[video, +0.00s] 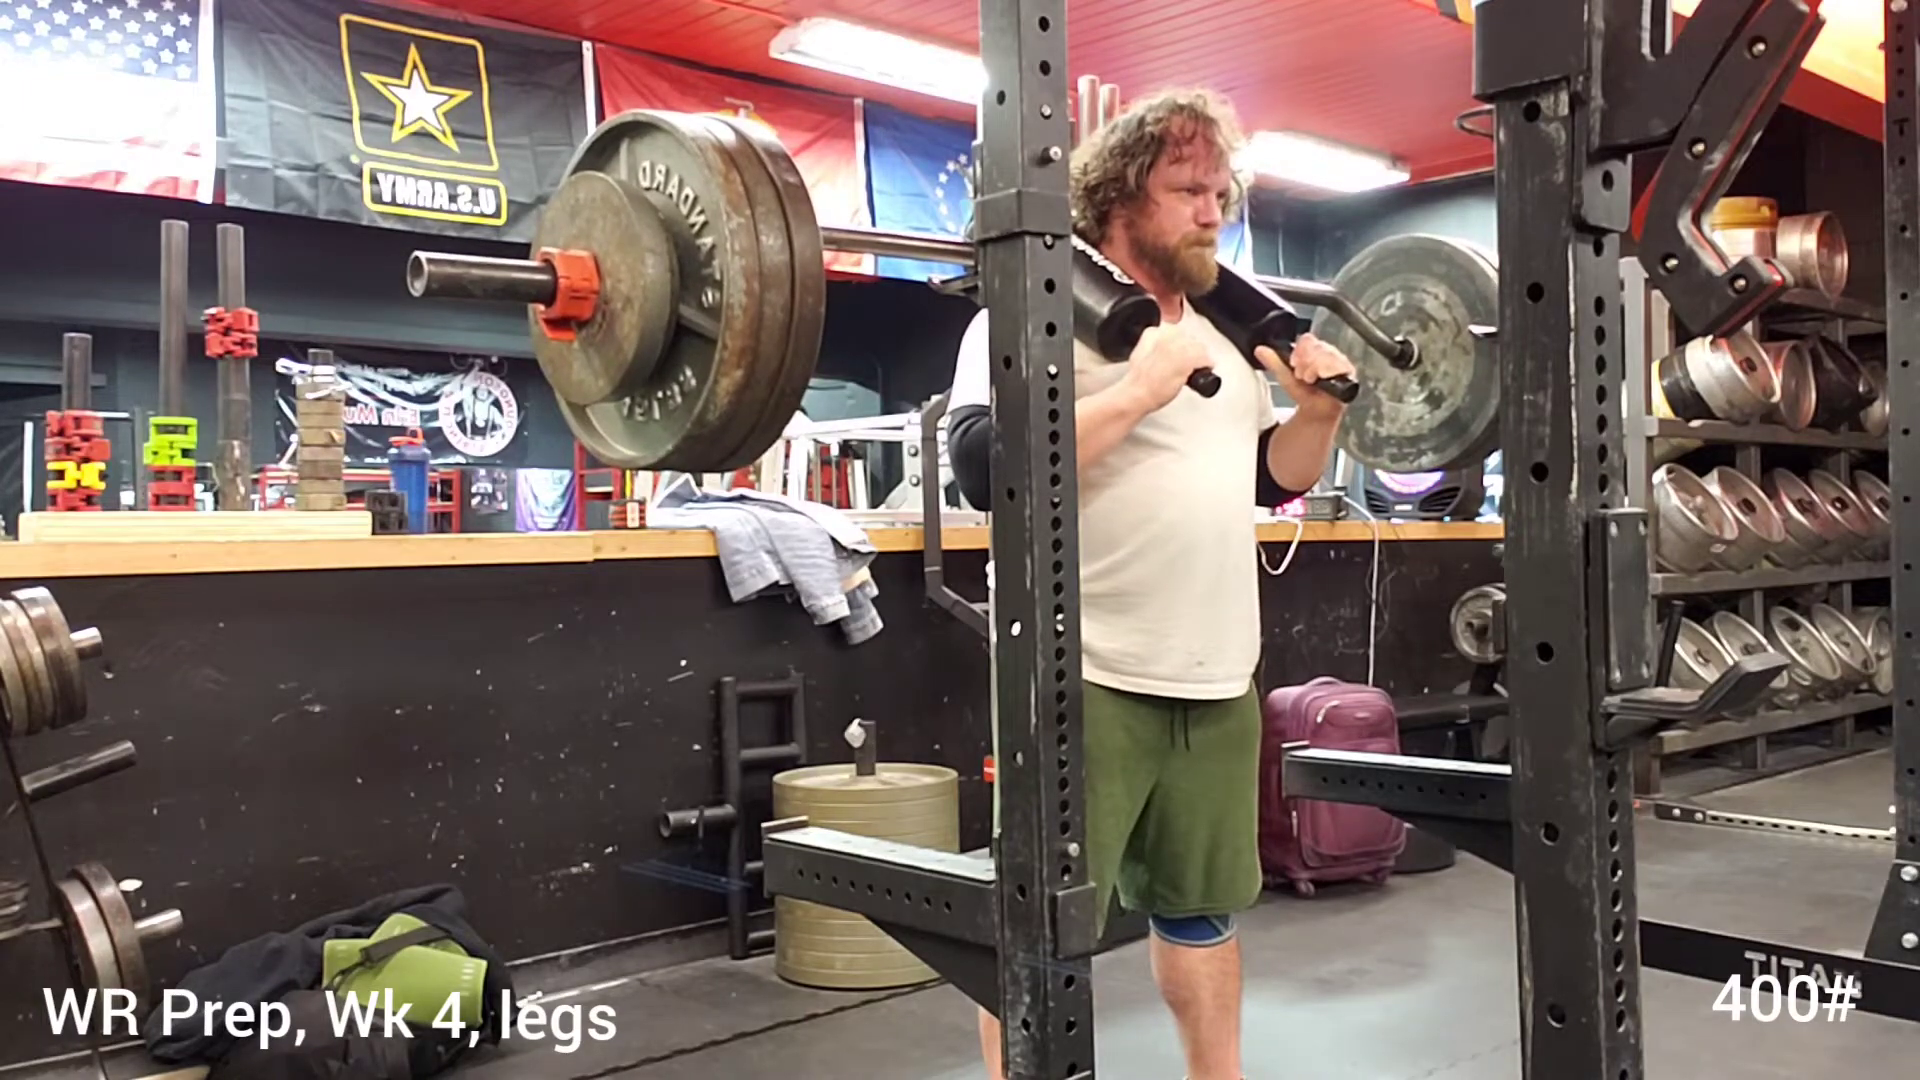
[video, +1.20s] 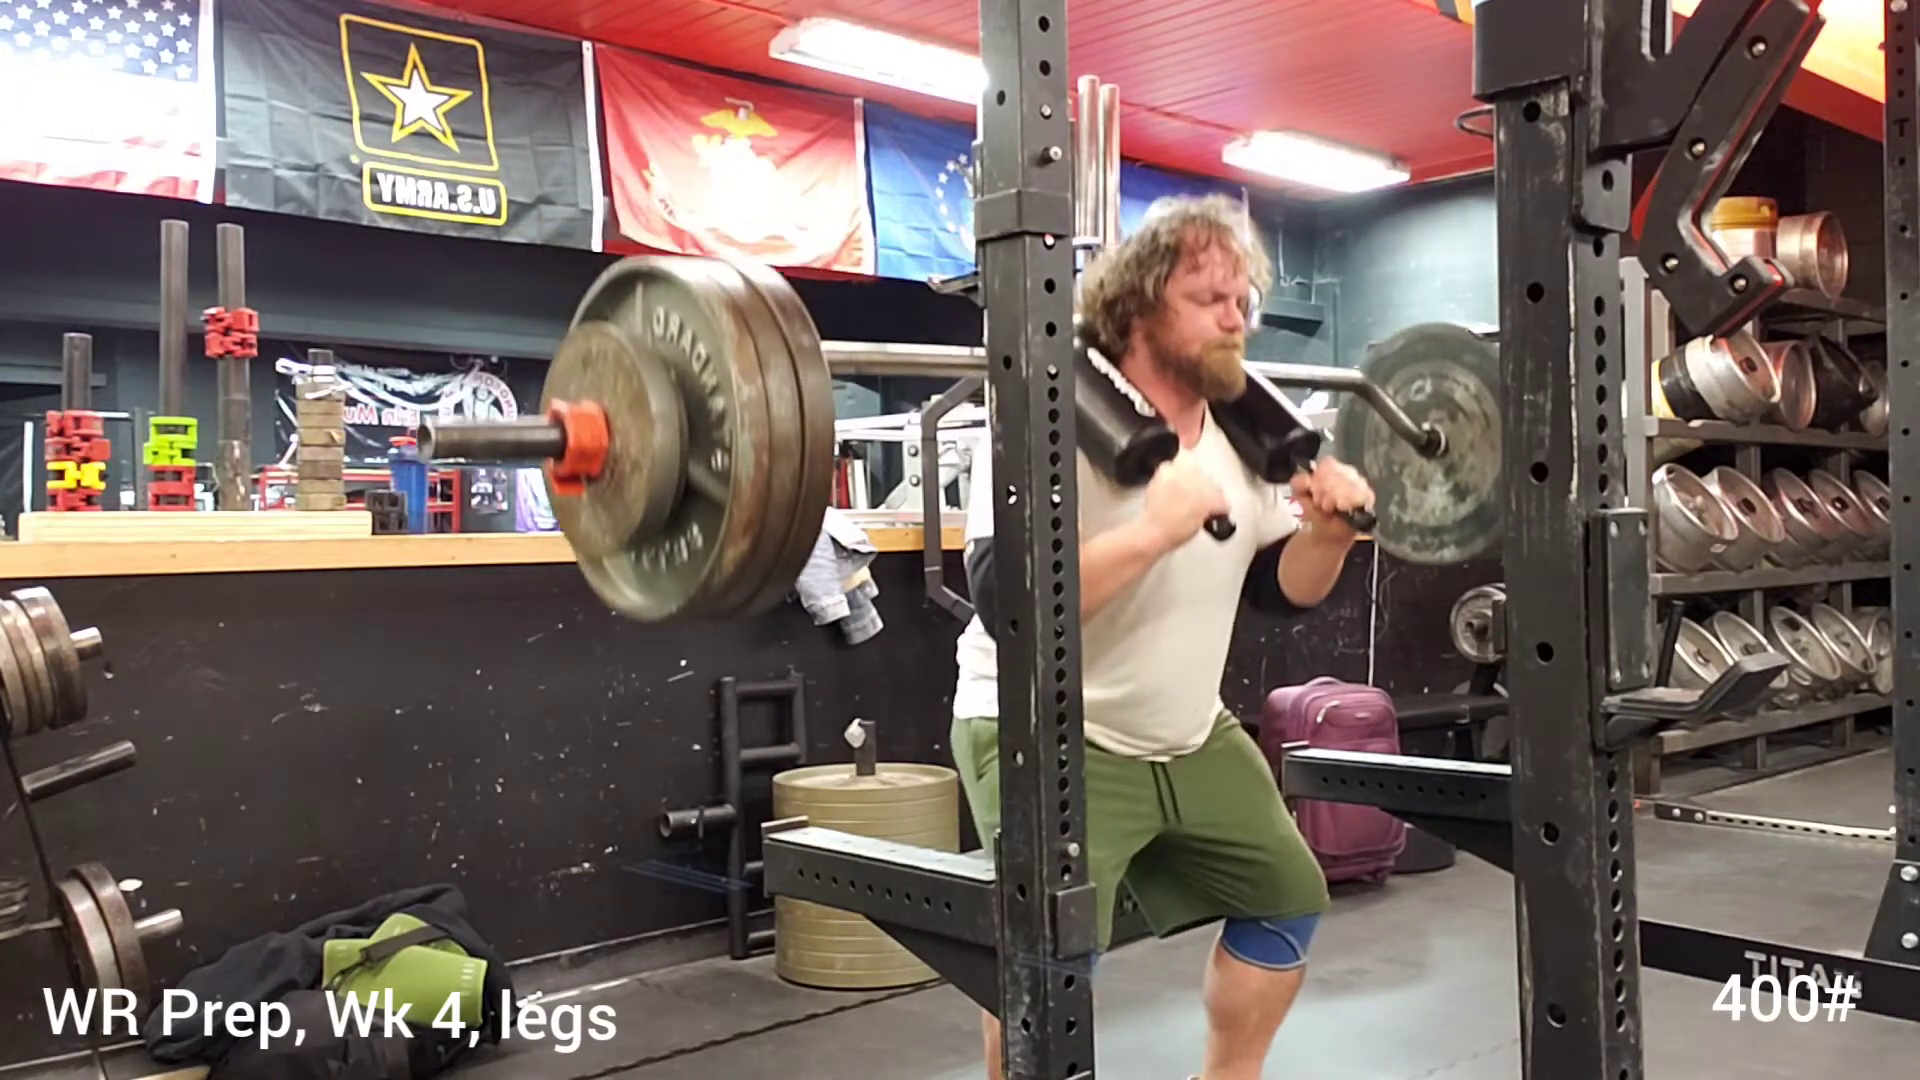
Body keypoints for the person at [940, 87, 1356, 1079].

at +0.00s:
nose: (1215, 211)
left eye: (1221, 192)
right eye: (1192, 189)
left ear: (1225, 202)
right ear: (1122, 193)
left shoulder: (1225, 334)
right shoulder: (1030, 315)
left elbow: (1284, 475)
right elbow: (985, 469)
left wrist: (1320, 403)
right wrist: (1132, 394)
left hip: (1218, 681)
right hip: (1084, 677)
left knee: (1201, 920)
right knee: (1044, 930)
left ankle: (1218, 1076)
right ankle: (1013, 1072)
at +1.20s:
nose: (1236, 321)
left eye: (1242, 299)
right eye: (1211, 299)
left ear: (1250, 303)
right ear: (1142, 310)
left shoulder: (1244, 416)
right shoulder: (1058, 409)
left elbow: (1290, 588)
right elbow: (1012, 597)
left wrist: (1332, 527)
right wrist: (1148, 535)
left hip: (1189, 731)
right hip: (1056, 732)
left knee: (1285, 899)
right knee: (1051, 949)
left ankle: (1230, 1074)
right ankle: (1018, 1073)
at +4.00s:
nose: (1243, 204)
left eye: (1248, 184)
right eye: (1217, 183)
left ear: (1251, 195)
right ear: (1147, 194)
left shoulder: (1246, 328)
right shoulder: (1052, 302)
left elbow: (1284, 485)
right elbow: (983, 477)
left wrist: (1331, 424)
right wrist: (1135, 415)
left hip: (1223, 684)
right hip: (1089, 681)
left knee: (1207, 925)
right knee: (1042, 939)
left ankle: (1219, 1073)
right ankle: (1024, 1072)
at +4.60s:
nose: (1238, 311)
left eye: (1247, 290)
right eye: (1213, 289)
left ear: (1255, 296)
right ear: (1147, 299)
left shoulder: (1249, 405)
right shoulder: (1060, 404)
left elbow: (1306, 583)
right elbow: (1019, 596)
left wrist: (1334, 516)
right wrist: (1149, 520)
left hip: (1199, 730)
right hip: (1066, 738)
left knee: (1299, 900)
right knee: (1066, 960)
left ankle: (1235, 1075)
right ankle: (1022, 1073)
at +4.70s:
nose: (1235, 346)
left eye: (1243, 328)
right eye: (1210, 329)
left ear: (1253, 340)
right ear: (1144, 343)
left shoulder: (1252, 443)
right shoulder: (1055, 446)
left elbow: (1315, 622)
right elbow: (1009, 640)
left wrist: (1336, 557)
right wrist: (1149, 573)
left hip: (1205, 760)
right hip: (1070, 769)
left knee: (1317, 911)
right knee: (1086, 980)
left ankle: (1238, 1074)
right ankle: (1042, 1072)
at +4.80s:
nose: (1239, 392)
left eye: (1245, 373)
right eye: (1214, 372)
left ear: (1255, 384)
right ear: (1145, 392)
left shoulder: (1258, 490)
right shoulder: (1060, 495)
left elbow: (1323, 661)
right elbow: (1014, 691)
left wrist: (1344, 600)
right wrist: (1151, 619)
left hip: (1197, 780)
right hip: (1061, 791)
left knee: (1321, 914)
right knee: (1090, 975)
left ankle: (1238, 1072)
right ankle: (1057, 1070)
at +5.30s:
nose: (1264, 590)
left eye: (1270, 571)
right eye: (1240, 572)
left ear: (1281, 572)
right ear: (1168, 575)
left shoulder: (1269, 670)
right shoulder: (1076, 682)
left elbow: (1344, 836)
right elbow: (1033, 865)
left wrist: (1361, 784)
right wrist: (1175, 823)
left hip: (1219, 913)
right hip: (1096, 927)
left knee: (1352, 924)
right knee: (1080, 980)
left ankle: (1242, 1075)